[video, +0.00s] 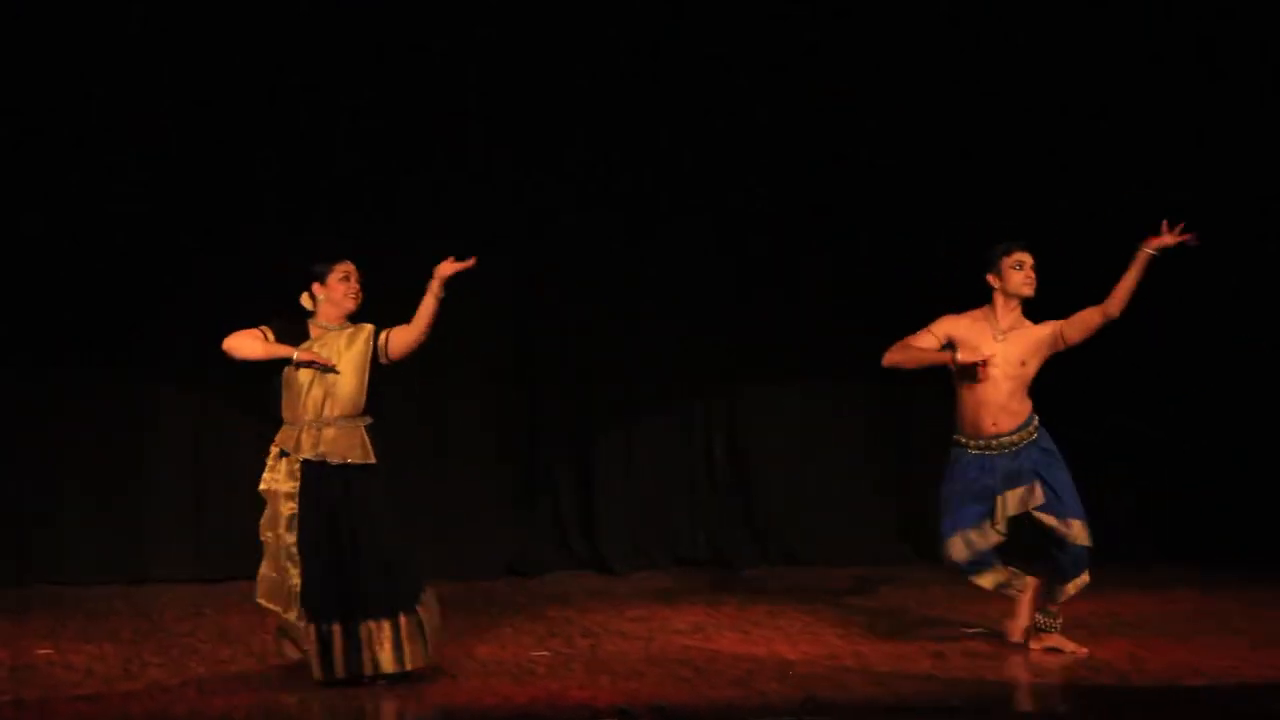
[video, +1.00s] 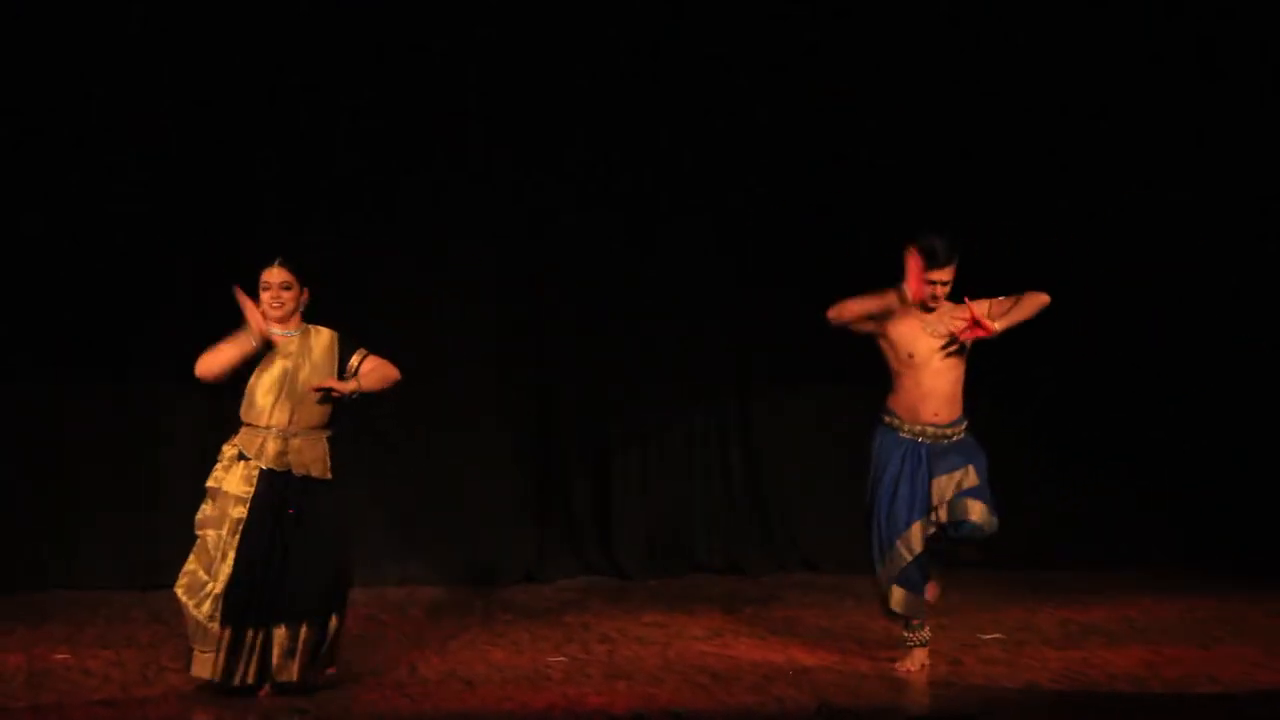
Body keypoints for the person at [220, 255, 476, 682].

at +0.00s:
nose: (355, 287)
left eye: (357, 282)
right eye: (344, 280)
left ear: (358, 294)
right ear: (317, 290)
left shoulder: (367, 339)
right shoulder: (293, 335)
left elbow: (414, 333)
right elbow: (232, 344)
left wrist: (437, 282)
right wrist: (292, 352)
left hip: (351, 459)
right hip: (298, 461)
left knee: (369, 552)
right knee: (311, 557)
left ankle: (381, 661)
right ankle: (325, 659)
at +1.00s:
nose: (274, 296)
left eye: (284, 288)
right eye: (267, 288)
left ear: (303, 295)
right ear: (258, 297)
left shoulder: (325, 343)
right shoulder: (250, 341)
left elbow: (388, 372)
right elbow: (204, 369)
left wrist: (352, 385)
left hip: (304, 472)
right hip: (249, 467)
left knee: (302, 569)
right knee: (240, 563)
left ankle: (290, 671)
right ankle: (233, 669)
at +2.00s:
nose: (281, 298)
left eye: (290, 290)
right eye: (275, 290)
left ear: (314, 296)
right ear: (269, 297)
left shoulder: (339, 345)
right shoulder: (260, 344)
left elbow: (389, 398)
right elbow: (203, 369)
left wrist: (366, 451)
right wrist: (251, 355)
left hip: (322, 469)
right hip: (266, 468)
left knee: (328, 568)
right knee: (270, 569)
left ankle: (330, 674)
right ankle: (276, 675)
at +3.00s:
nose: (331, 294)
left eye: (335, 287)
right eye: (320, 286)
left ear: (339, 294)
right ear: (294, 293)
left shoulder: (352, 344)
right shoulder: (270, 338)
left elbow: (394, 406)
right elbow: (209, 358)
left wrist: (386, 463)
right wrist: (265, 360)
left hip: (338, 470)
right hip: (280, 469)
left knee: (351, 569)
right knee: (276, 569)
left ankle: (359, 673)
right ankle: (269, 674)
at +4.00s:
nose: (360, 296)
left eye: (365, 288)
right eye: (349, 288)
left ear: (372, 296)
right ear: (326, 296)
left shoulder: (386, 347)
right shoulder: (307, 340)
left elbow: (429, 409)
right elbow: (242, 363)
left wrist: (423, 470)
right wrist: (289, 370)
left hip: (373, 473)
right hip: (317, 473)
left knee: (378, 570)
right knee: (321, 572)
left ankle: (381, 674)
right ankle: (324, 675)